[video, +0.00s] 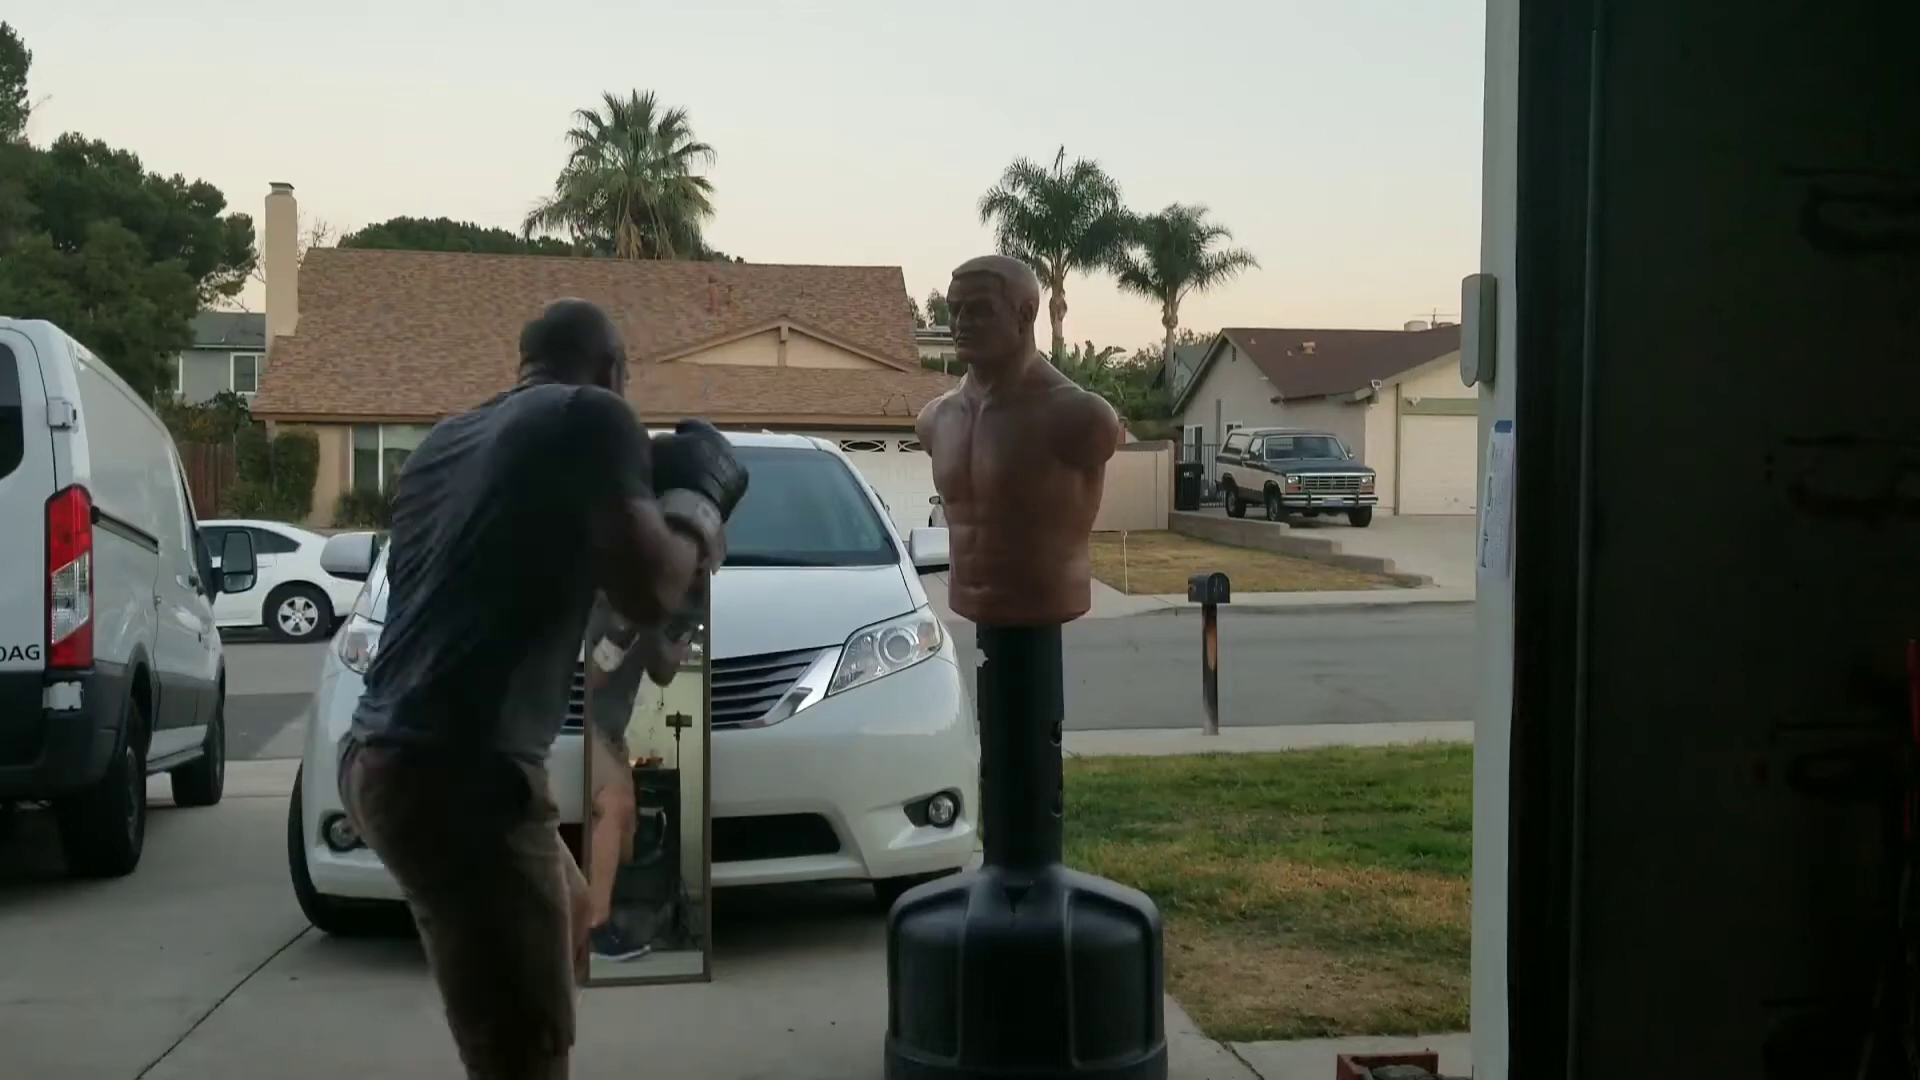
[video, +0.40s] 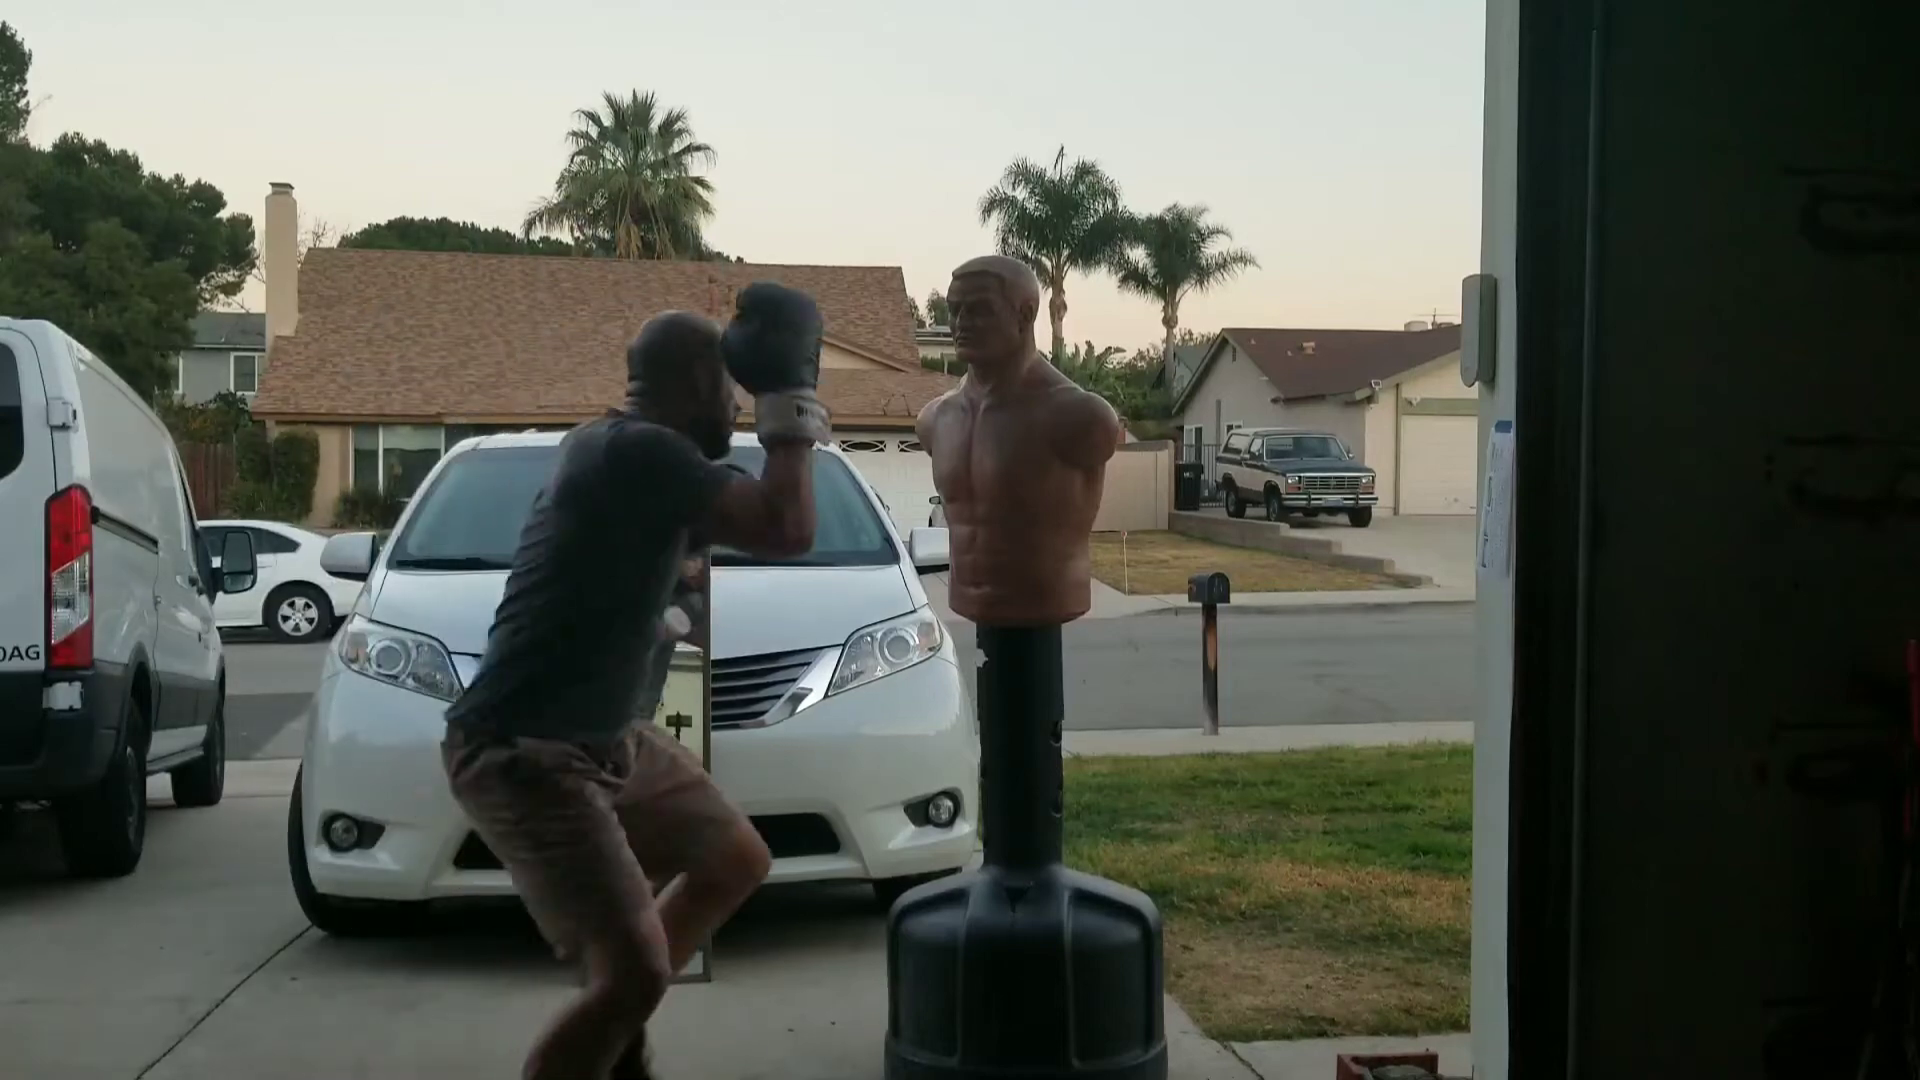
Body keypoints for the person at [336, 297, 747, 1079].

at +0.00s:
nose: (622, 388)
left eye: (621, 378)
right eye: (622, 376)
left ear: (522, 366)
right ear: (607, 369)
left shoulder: (443, 439)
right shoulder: (589, 415)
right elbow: (654, 593)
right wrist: (699, 496)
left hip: (387, 759)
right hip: (462, 770)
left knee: (571, 907)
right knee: (526, 1050)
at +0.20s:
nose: (665, 397)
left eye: (662, 386)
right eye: (663, 384)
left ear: (571, 376)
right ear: (649, 378)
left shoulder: (498, 451)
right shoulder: (628, 426)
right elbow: (710, 585)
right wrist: (740, 483)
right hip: (498, 755)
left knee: (614, 906)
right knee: (528, 1044)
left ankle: (547, 1063)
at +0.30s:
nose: (706, 390)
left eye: (705, 373)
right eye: (702, 372)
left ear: (610, 368)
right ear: (674, 370)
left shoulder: (565, 423)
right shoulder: (629, 428)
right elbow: (761, 540)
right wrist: (786, 425)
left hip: (535, 738)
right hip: (498, 748)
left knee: (669, 898)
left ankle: (560, 1052)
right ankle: (532, 1067)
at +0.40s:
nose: (739, 402)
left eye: (735, 382)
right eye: (728, 381)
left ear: (655, 378)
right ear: (692, 379)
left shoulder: (645, 455)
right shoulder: (632, 451)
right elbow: (786, 527)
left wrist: (781, 398)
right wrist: (789, 394)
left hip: (612, 737)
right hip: (523, 749)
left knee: (733, 861)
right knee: (630, 974)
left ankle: (613, 1034)